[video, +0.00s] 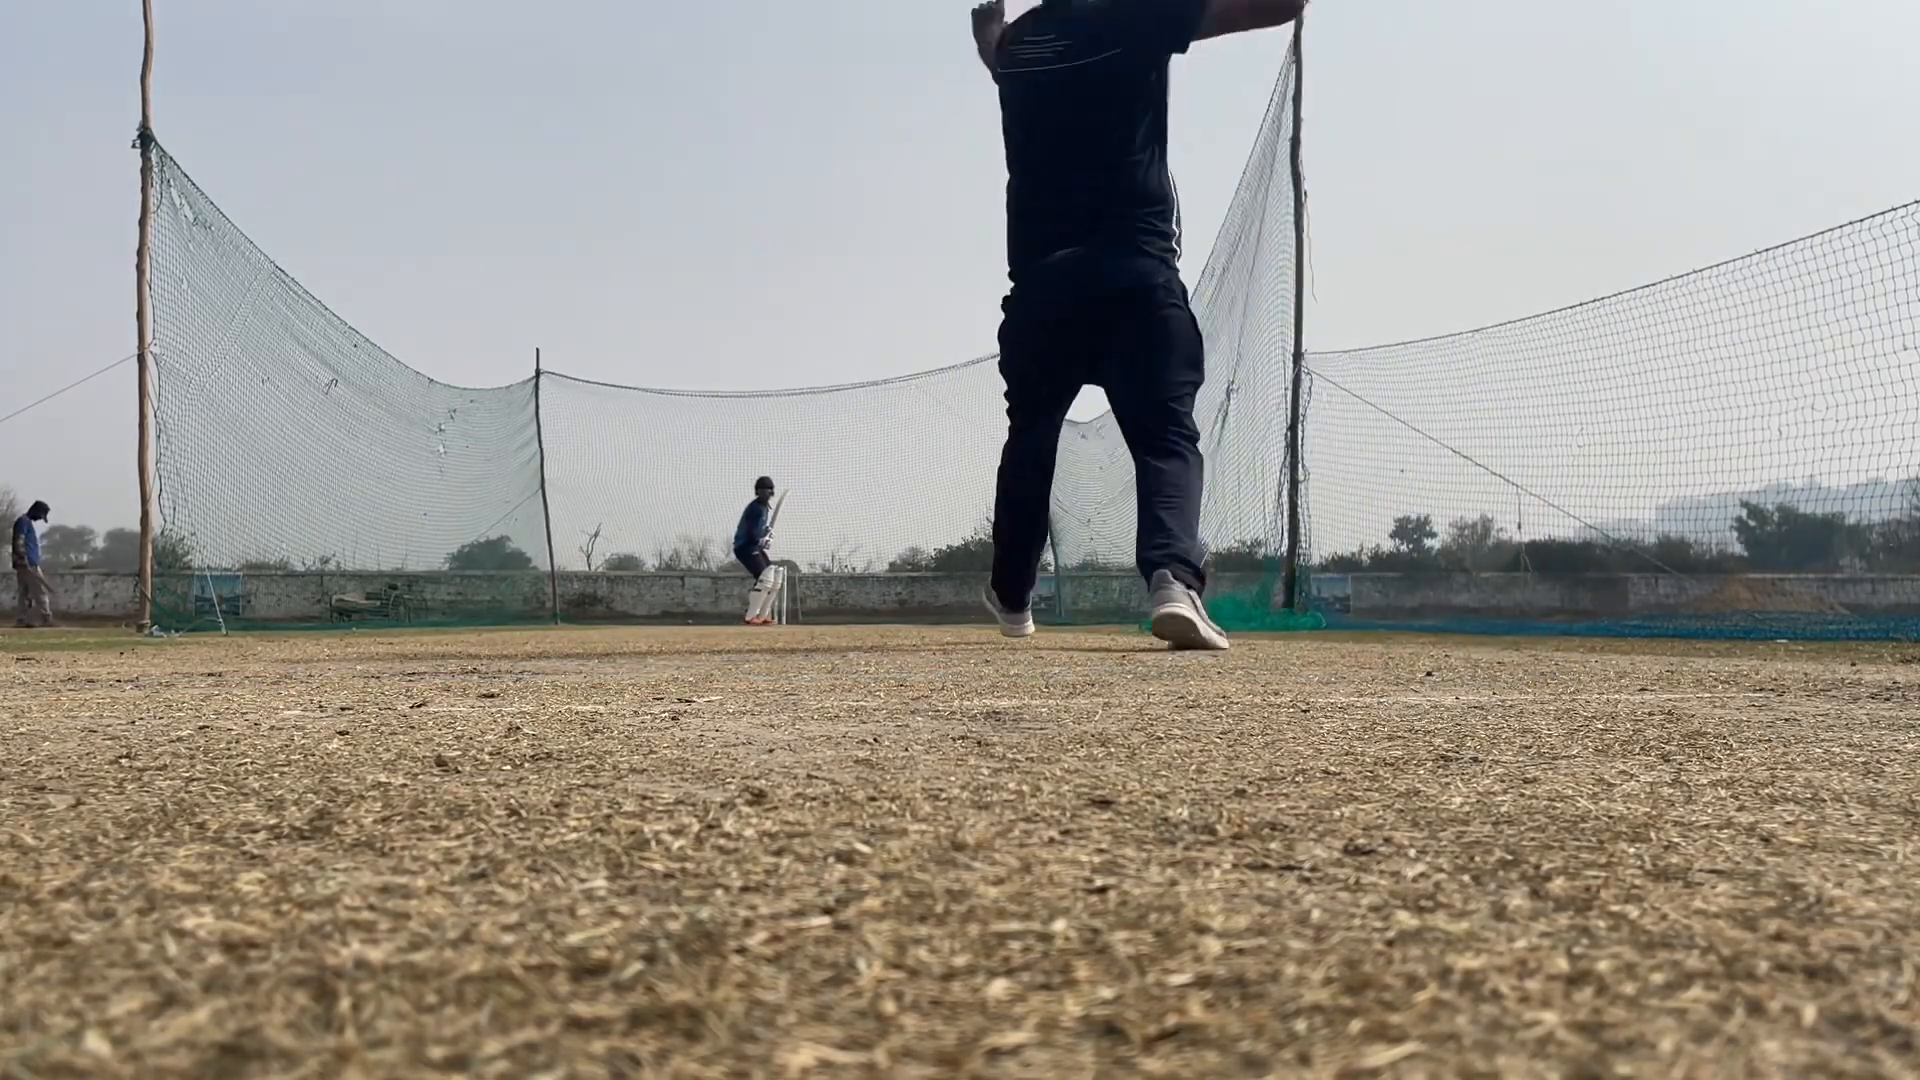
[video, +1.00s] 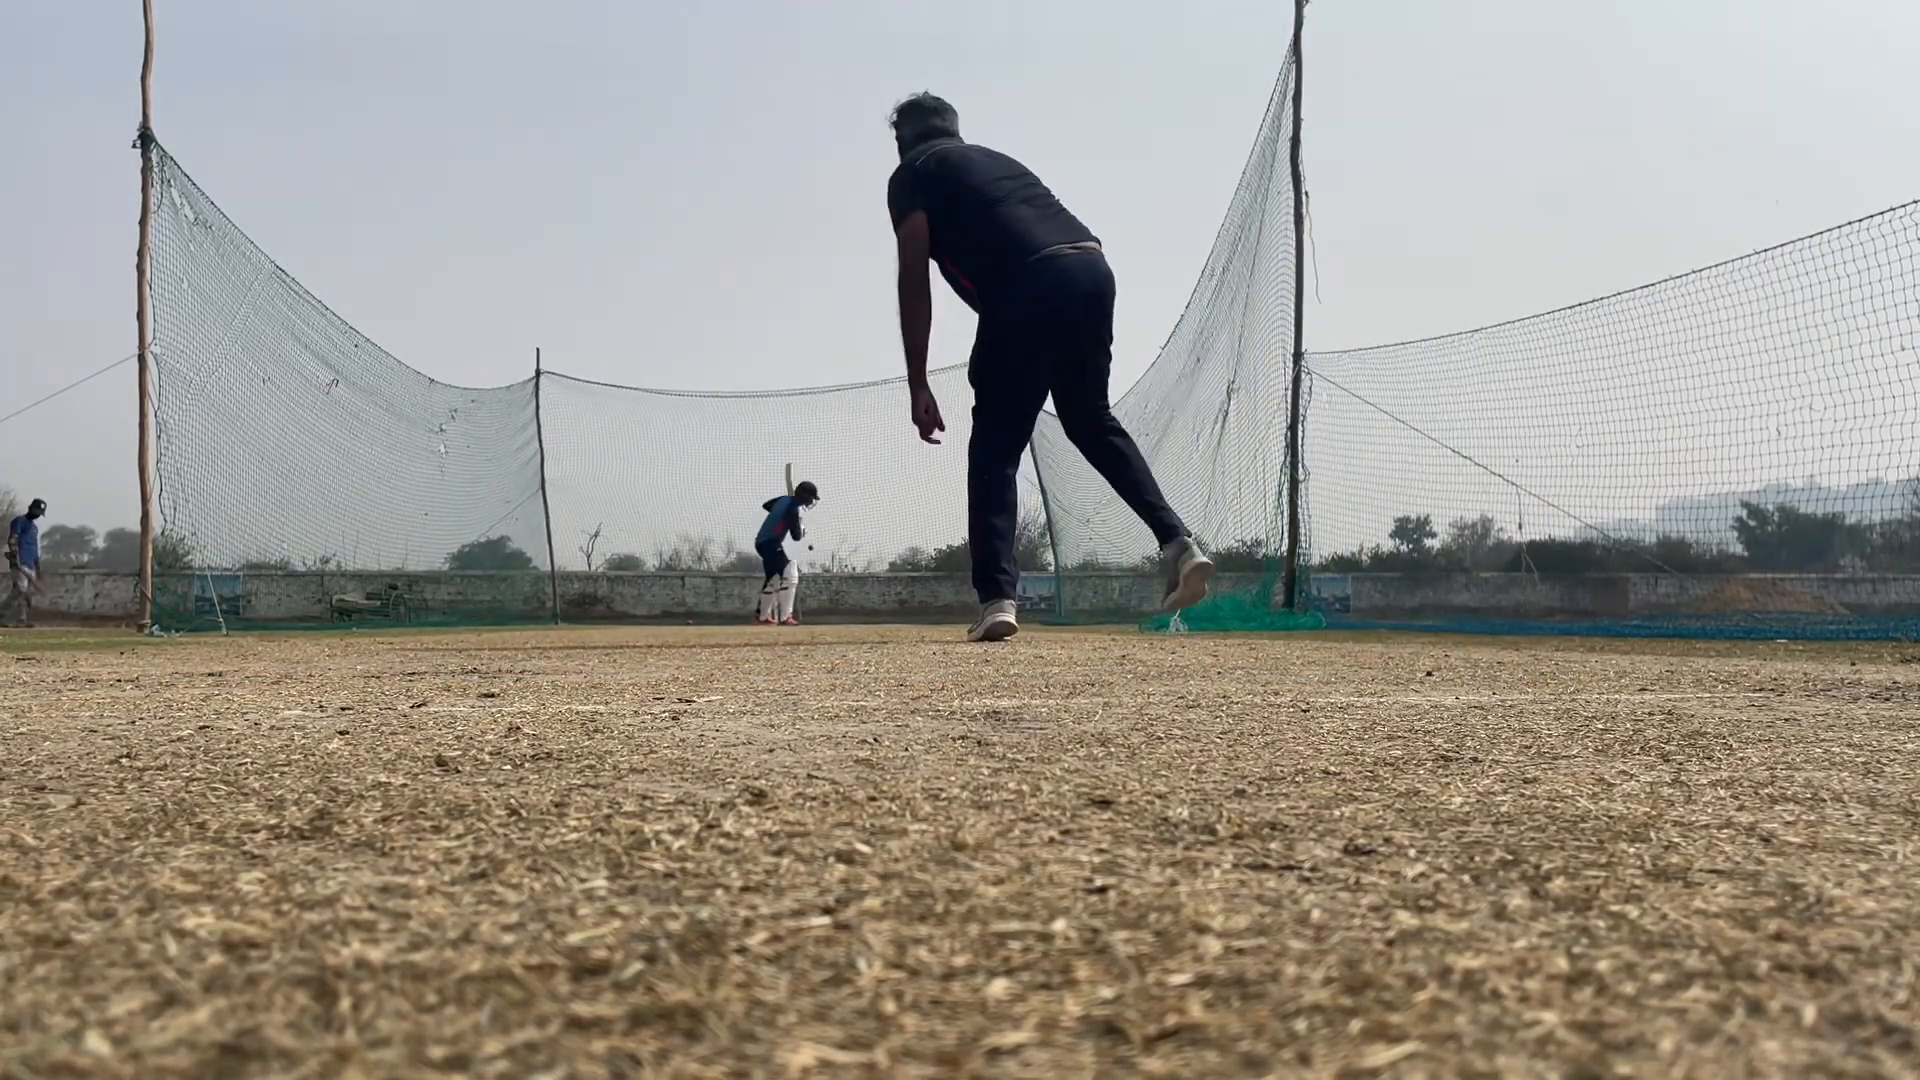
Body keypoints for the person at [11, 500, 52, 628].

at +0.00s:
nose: (40, 519)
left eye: (42, 517)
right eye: (41, 516)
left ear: (35, 511)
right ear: (36, 512)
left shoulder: (26, 523)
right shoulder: (23, 522)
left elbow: (28, 545)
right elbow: (19, 543)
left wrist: (36, 564)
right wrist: (24, 562)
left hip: (26, 564)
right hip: (29, 564)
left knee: (24, 594)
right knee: (40, 591)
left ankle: (21, 618)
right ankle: (46, 617)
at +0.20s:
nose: (40, 519)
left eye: (42, 517)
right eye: (41, 516)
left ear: (35, 511)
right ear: (36, 512)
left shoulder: (24, 522)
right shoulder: (24, 522)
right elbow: (19, 542)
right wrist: (21, 561)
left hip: (23, 563)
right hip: (29, 563)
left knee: (23, 593)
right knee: (39, 590)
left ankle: (22, 618)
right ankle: (45, 617)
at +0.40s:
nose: (40, 519)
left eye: (42, 517)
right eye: (41, 516)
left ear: (35, 512)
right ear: (37, 512)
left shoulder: (26, 523)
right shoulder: (24, 522)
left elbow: (24, 544)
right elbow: (19, 542)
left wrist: (32, 561)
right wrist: (25, 562)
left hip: (22, 564)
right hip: (26, 563)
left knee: (22, 593)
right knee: (37, 590)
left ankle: (21, 618)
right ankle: (40, 618)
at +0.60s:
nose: (41, 519)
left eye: (43, 517)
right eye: (42, 516)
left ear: (38, 513)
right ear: (38, 512)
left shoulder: (29, 523)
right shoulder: (24, 521)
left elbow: (25, 542)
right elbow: (19, 541)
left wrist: (31, 559)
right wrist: (24, 556)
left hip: (27, 562)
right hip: (24, 562)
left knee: (23, 591)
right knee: (31, 589)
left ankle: (22, 617)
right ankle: (31, 617)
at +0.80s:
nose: (41, 517)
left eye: (43, 515)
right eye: (41, 514)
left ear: (40, 514)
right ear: (36, 510)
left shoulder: (31, 524)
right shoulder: (23, 521)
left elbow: (28, 542)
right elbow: (16, 540)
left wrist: (31, 559)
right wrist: (22, 557)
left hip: (29, 563)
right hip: (22, 563)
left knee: (27, 590)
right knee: (24, 590)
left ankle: (22, 617)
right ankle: (21, 618)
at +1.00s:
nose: (37, 514)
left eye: (40, 512)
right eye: (37, 511)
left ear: (41, 514)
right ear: (31, 508)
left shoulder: (34, 528)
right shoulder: (19, 521)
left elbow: (35, 549)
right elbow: (13, 541)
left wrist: (38, 568)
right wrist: (15, 559)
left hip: (30, 565)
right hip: (19, 563)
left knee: (26, 592)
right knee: (20, 590)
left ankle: (4, 612)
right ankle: (21, 618)